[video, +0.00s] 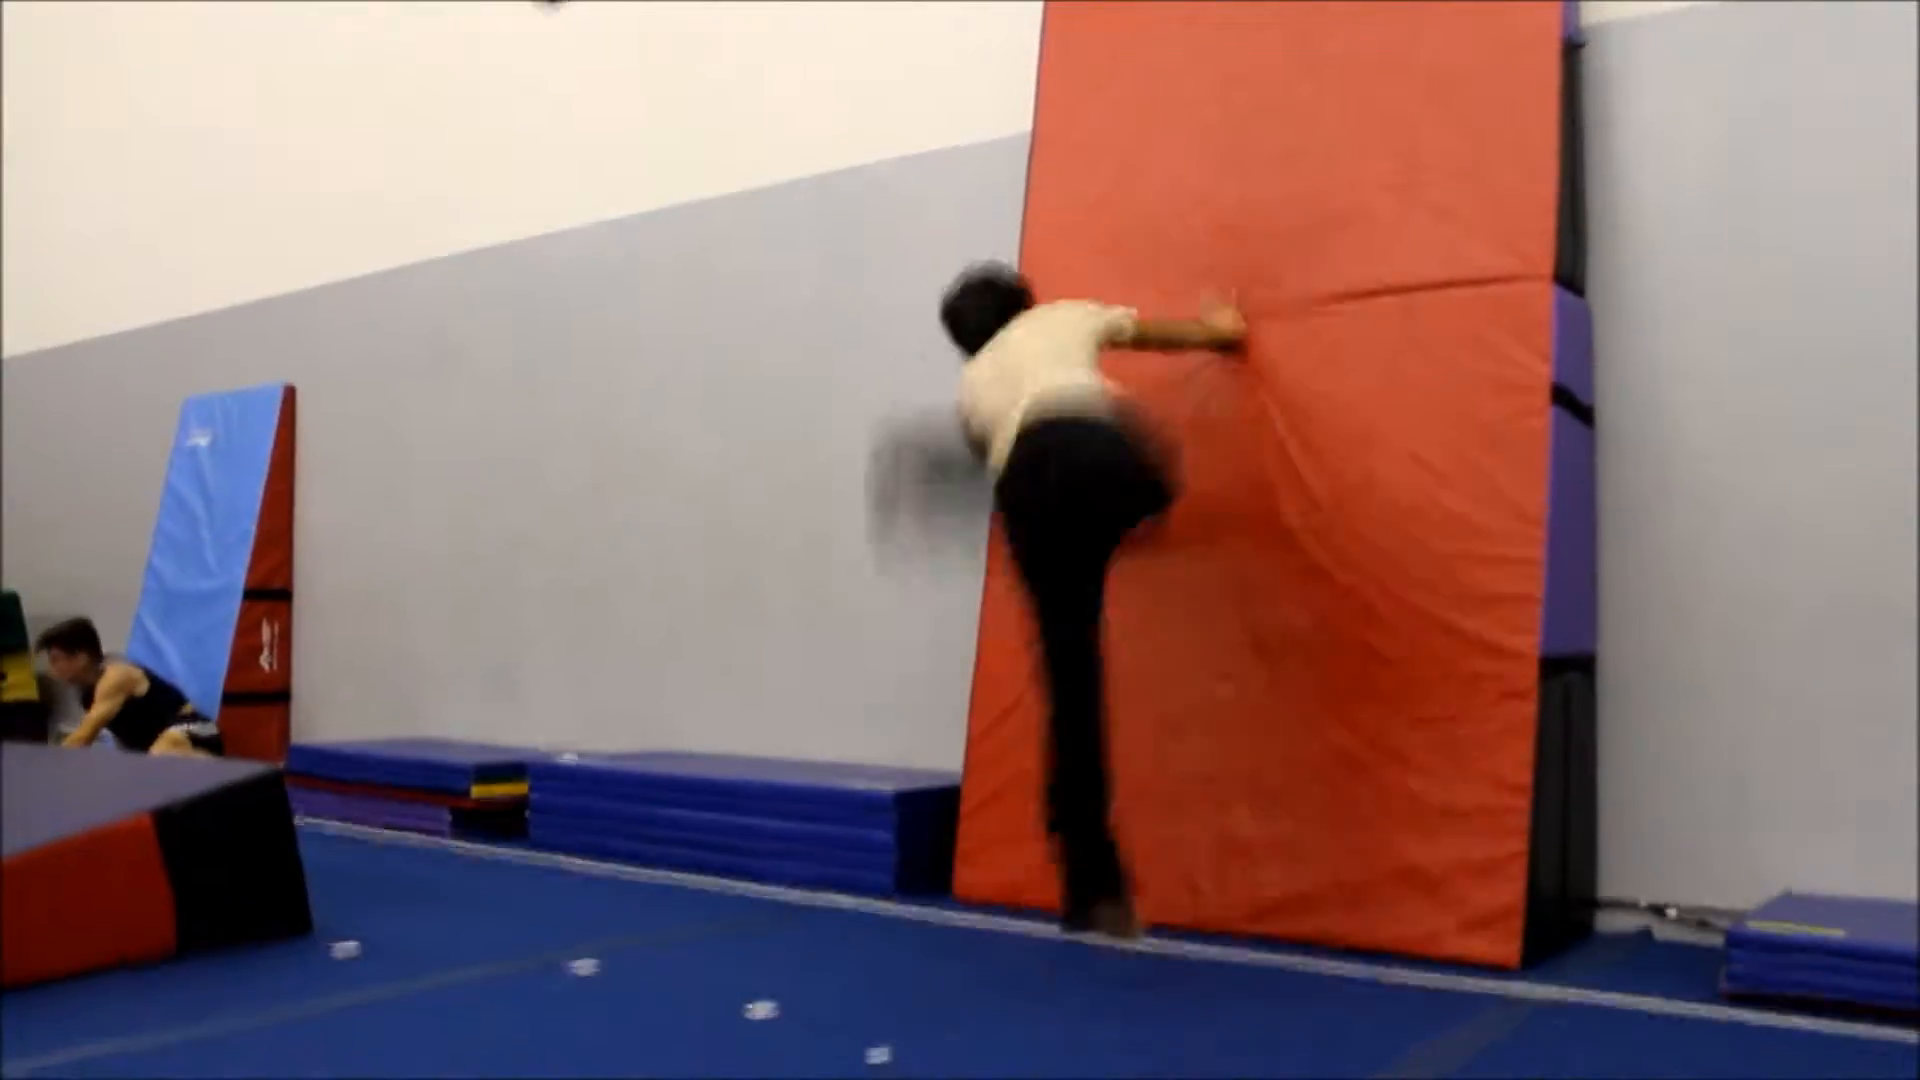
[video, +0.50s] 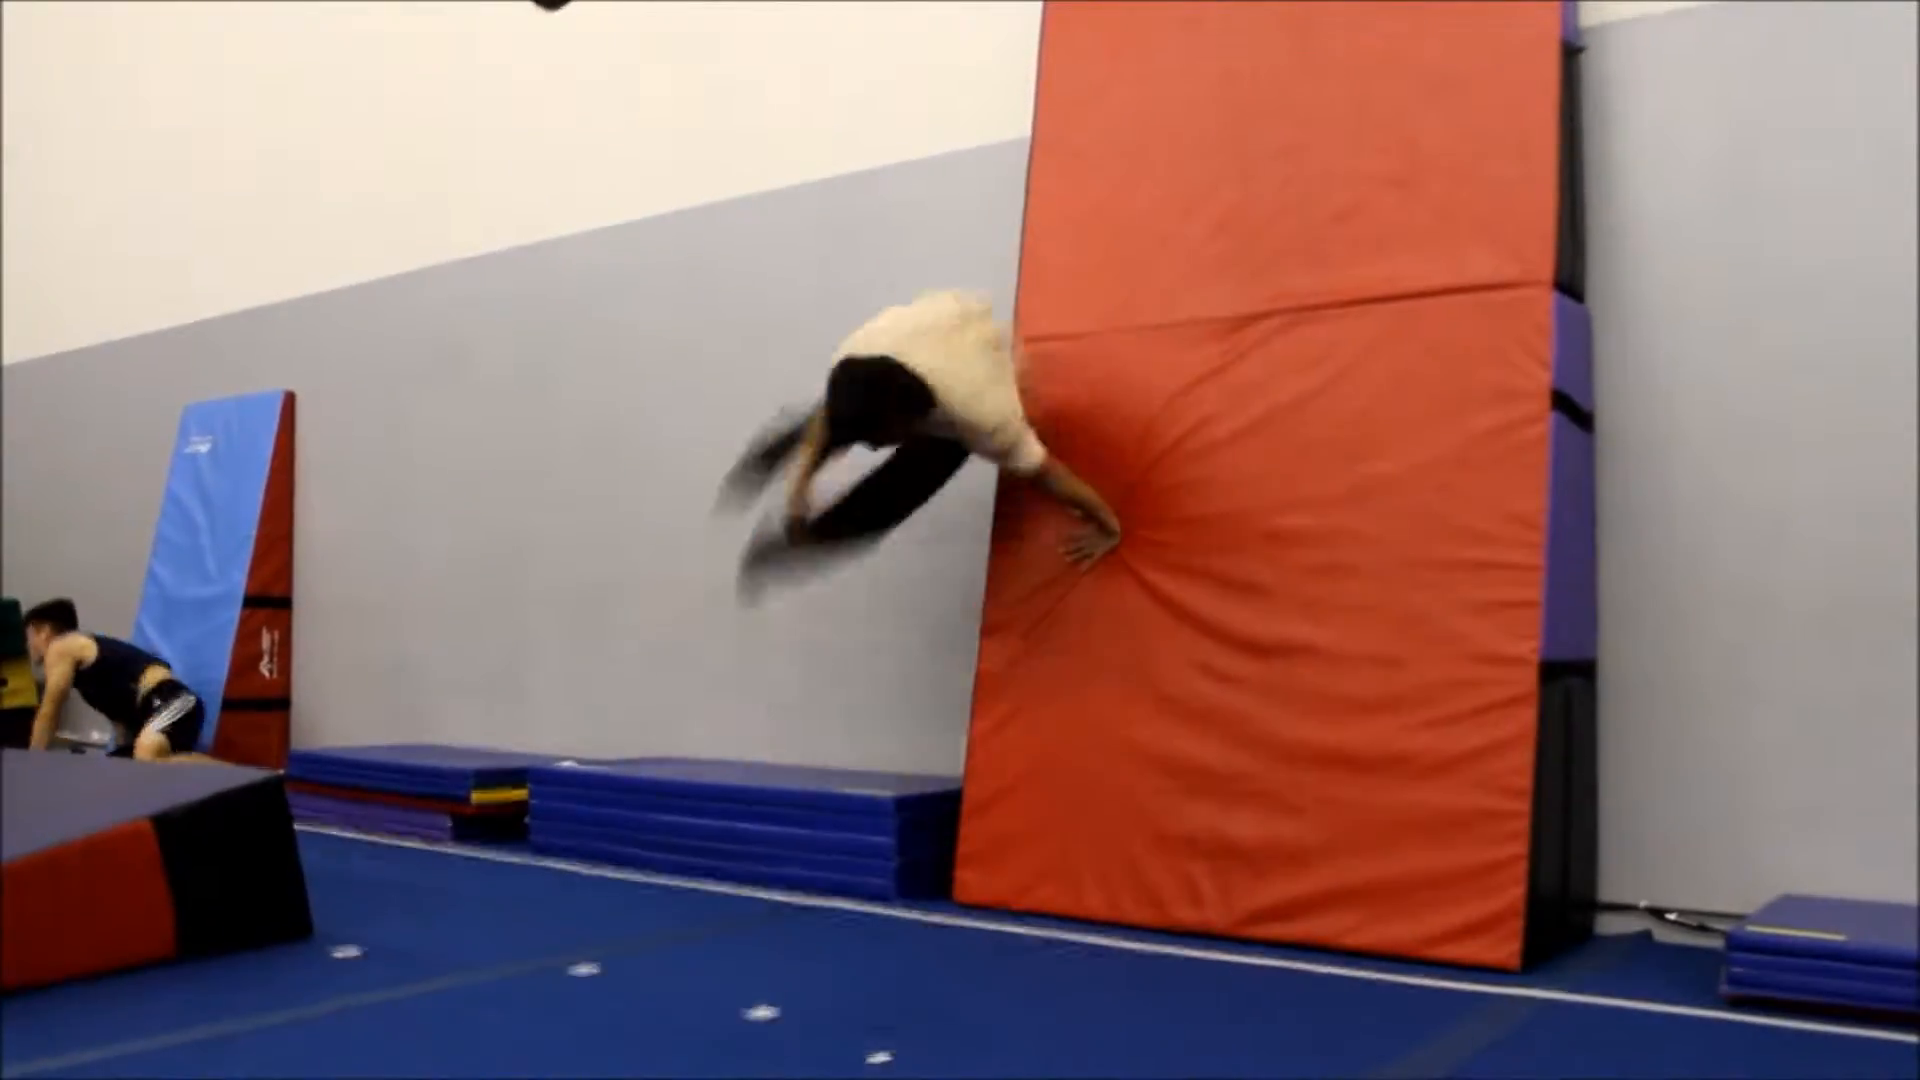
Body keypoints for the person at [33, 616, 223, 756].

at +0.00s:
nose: (52, 668)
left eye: (57, 660)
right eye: (51, 661)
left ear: (81, 658)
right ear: (80, 660)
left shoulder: (116, 676)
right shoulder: (89, 688)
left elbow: (83, 737)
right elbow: (85, 739)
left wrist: (52, 766)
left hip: (190, 729)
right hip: (148, 742)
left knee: (163, 753)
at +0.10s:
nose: (49, 664)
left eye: (52, 654)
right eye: (48, 655)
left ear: (72, 653)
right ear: (72, 653)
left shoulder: (107, 675)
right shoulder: (89, 682)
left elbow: (78, 734)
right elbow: (82, 735)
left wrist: (60, 750)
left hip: (183, 728)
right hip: (146, 743)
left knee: (163, 750)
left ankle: (236, 774)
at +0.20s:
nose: (41, 652)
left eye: (47, 643)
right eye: (40, 644)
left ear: (68, 642)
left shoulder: (100, 663)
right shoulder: (83, 675)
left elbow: (67, 730)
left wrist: (42, 771)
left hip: (180, 724)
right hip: (145, 740)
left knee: (163, 749)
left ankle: (237, 774)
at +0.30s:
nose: (35, 649)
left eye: (39, 640)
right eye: (34, 641)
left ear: (59, 638)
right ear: (58, 639)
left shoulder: (87, 656)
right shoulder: (79, 668)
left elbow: (62, 722)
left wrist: (37, 764)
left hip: (181, 718)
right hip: (145, 734)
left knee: (159, 754)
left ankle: (238, 773)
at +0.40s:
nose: (32, 645)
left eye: (34, 636)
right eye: (31, 637)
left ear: (53, 634)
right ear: (52, 635)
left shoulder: (76, 650)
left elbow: (56, 714)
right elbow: (119, 717)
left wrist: (35, 756)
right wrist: (122, 753)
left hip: (179, 710)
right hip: (152, 723)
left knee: (152, 757)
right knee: (126, 771)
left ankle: (233, 771)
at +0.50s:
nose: (29, 646)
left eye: (30, 636)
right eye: (28, 637)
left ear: (45, 632)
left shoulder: (62, 648)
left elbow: (49, 711)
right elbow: (122, 712)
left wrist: (34, 763)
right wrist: (122, 749)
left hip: (173, 702)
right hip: (147, 717)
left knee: (147, 756)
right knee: (120, 768)